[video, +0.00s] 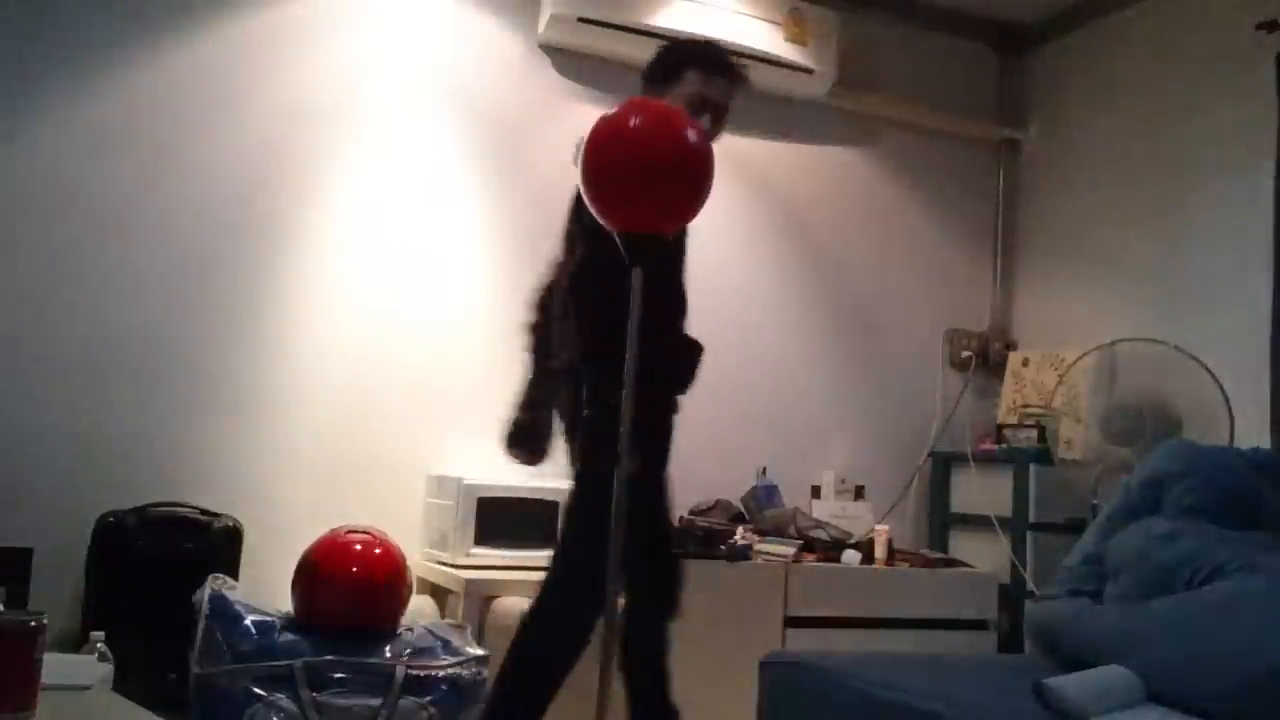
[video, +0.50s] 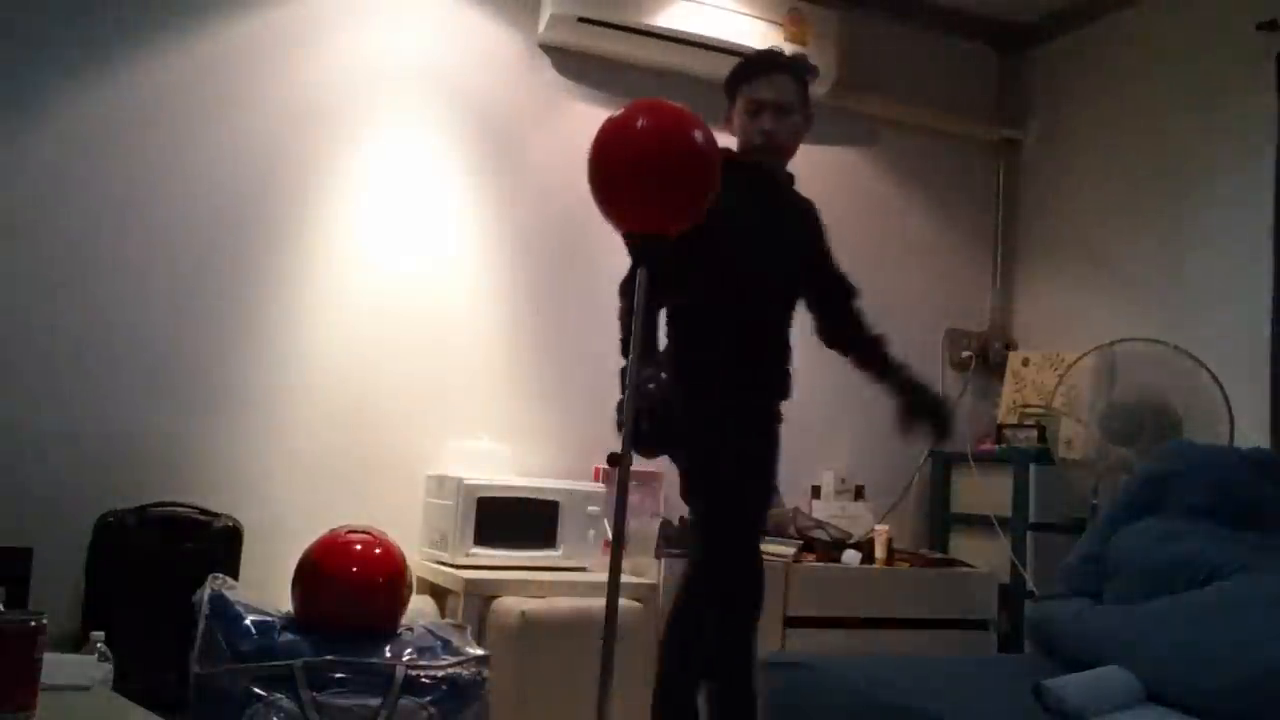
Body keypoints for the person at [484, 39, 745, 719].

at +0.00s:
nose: (709, 125)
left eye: (720, 113)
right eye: (699, 104)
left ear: (720, 119)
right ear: (656, 94)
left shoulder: (664, 181)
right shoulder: (625, 169)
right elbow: (578, 285)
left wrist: (673, 355)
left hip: (641, 398)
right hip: (611, 397)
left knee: (581, 584)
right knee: (650, 583)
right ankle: (651, 713)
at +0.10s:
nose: (728, 133)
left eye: (741, 121)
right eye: (716, 112)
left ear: (746, 128)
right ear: (676, 102)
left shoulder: (684, 204)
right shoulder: (647, 199)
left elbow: (680, 321)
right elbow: (600, 308)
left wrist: (700, 356)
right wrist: (704, 359)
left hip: (670, 422)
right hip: (638, 423)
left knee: (676, 593)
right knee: (643, 590)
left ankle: (669, 716)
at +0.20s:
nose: (744, 131)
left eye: (758, 120)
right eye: (731, 112)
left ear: (766, 128)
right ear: (694, 108)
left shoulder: (711, 193)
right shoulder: (667, 185)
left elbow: (704, 303)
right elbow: (604, 290)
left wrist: (723, 358)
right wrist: (609, 392)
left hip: (693, 402)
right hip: (658, 403)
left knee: (687, 589)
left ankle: (670, 718)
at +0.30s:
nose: (751, 129)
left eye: (767, 117)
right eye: (739, 111)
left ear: (779, 128)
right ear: (705, 111)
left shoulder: (743, 210)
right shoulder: (674, 192)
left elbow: (744, 322)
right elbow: (615, 293)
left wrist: (764, 404)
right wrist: (612, 395)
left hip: (714, 408)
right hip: (670, 405)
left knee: (690, 579)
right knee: (722, 583)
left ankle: (668, 711)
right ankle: (608, 703)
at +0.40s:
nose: (761, 126)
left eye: (777, 114)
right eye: (748, 110)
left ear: (794, 125)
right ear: (720, 113)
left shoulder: (771, 211)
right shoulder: (684, 187)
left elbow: (798, 316)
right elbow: (627, 288)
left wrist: (842, 399)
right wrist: (621, 383)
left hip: (733, 404)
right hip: (686, 401)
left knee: (703, 578)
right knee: (736, 583)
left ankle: (670, 708)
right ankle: (668, 707)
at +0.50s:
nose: (770, 125)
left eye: (786, 113)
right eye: (756, 109)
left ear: (806, 126)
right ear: (731, 115)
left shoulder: (797, 215)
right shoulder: (692, 189)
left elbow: (837, 319)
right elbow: (642, 288)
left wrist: (904, 385)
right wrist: (640, 374)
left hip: (754, 405)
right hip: (690, 397)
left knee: (718, 571)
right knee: (736, 576)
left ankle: (673, 705)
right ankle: (732, 709)